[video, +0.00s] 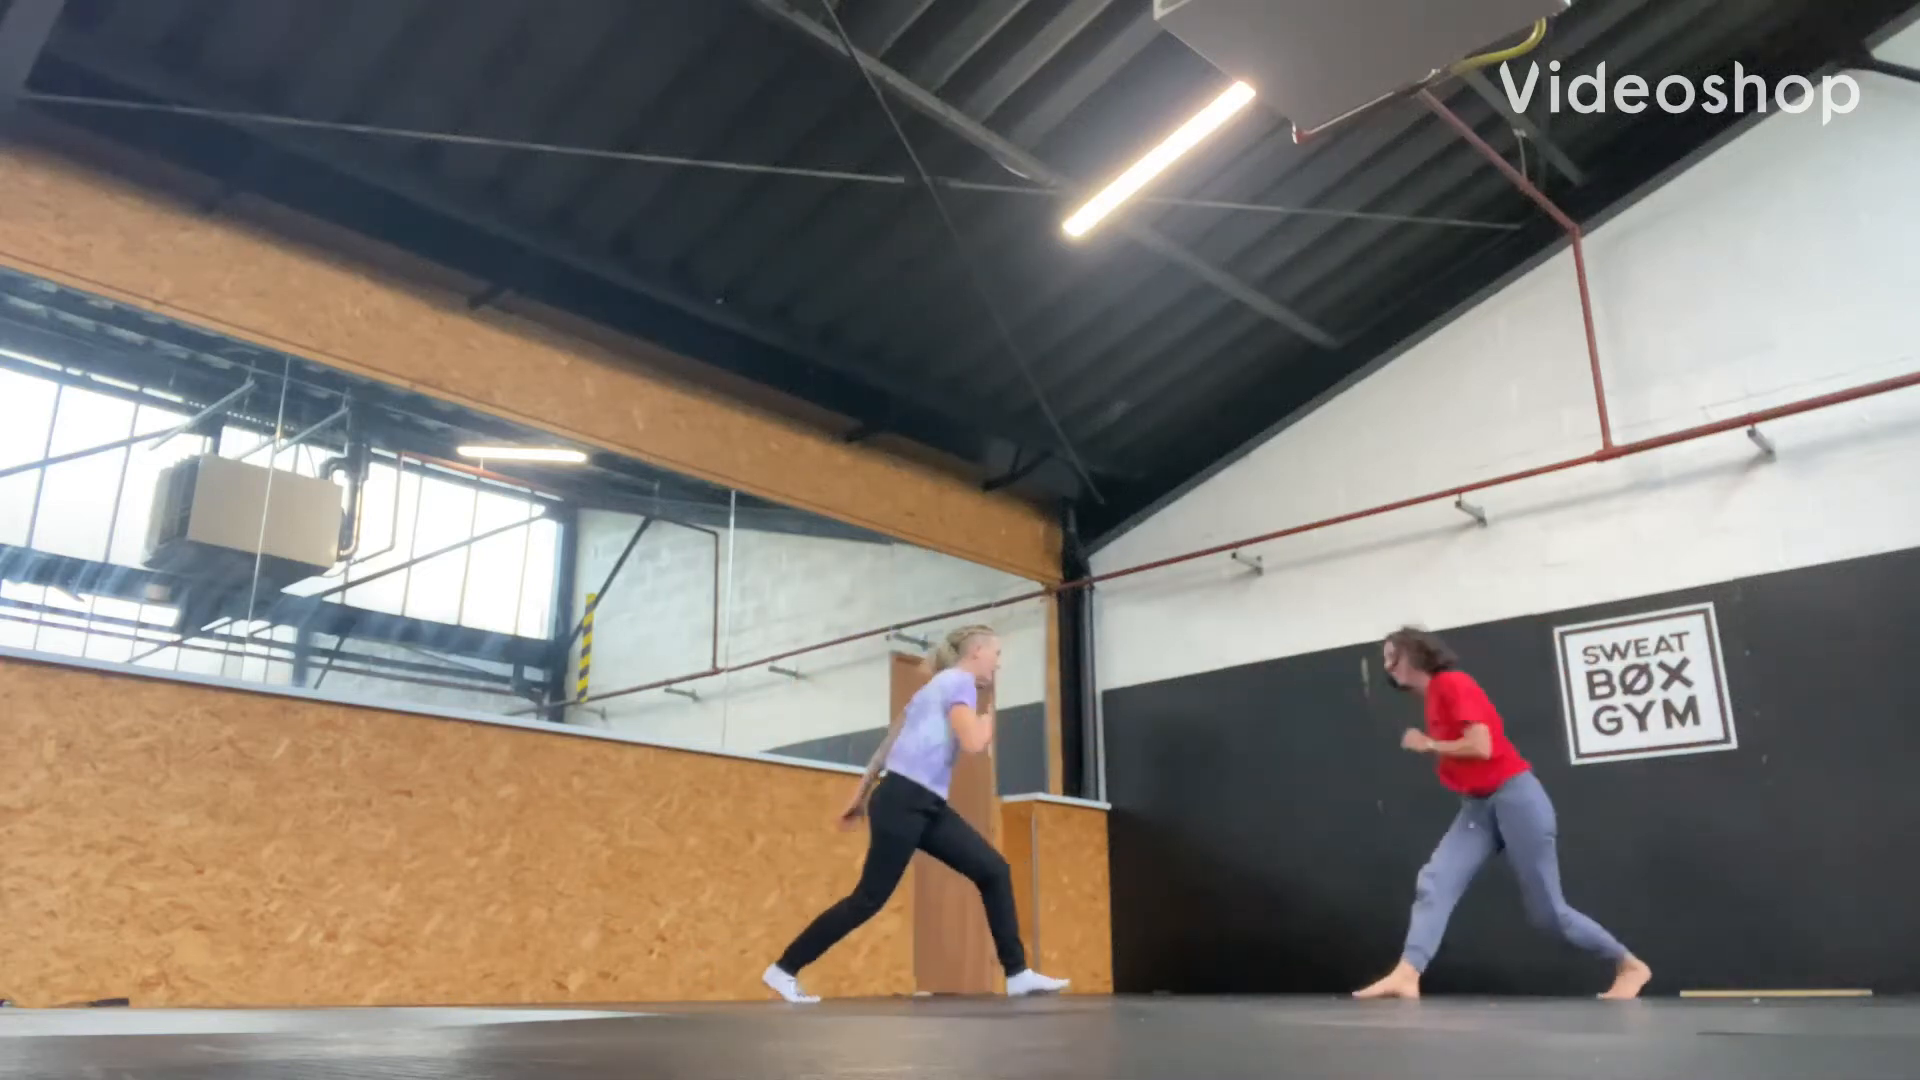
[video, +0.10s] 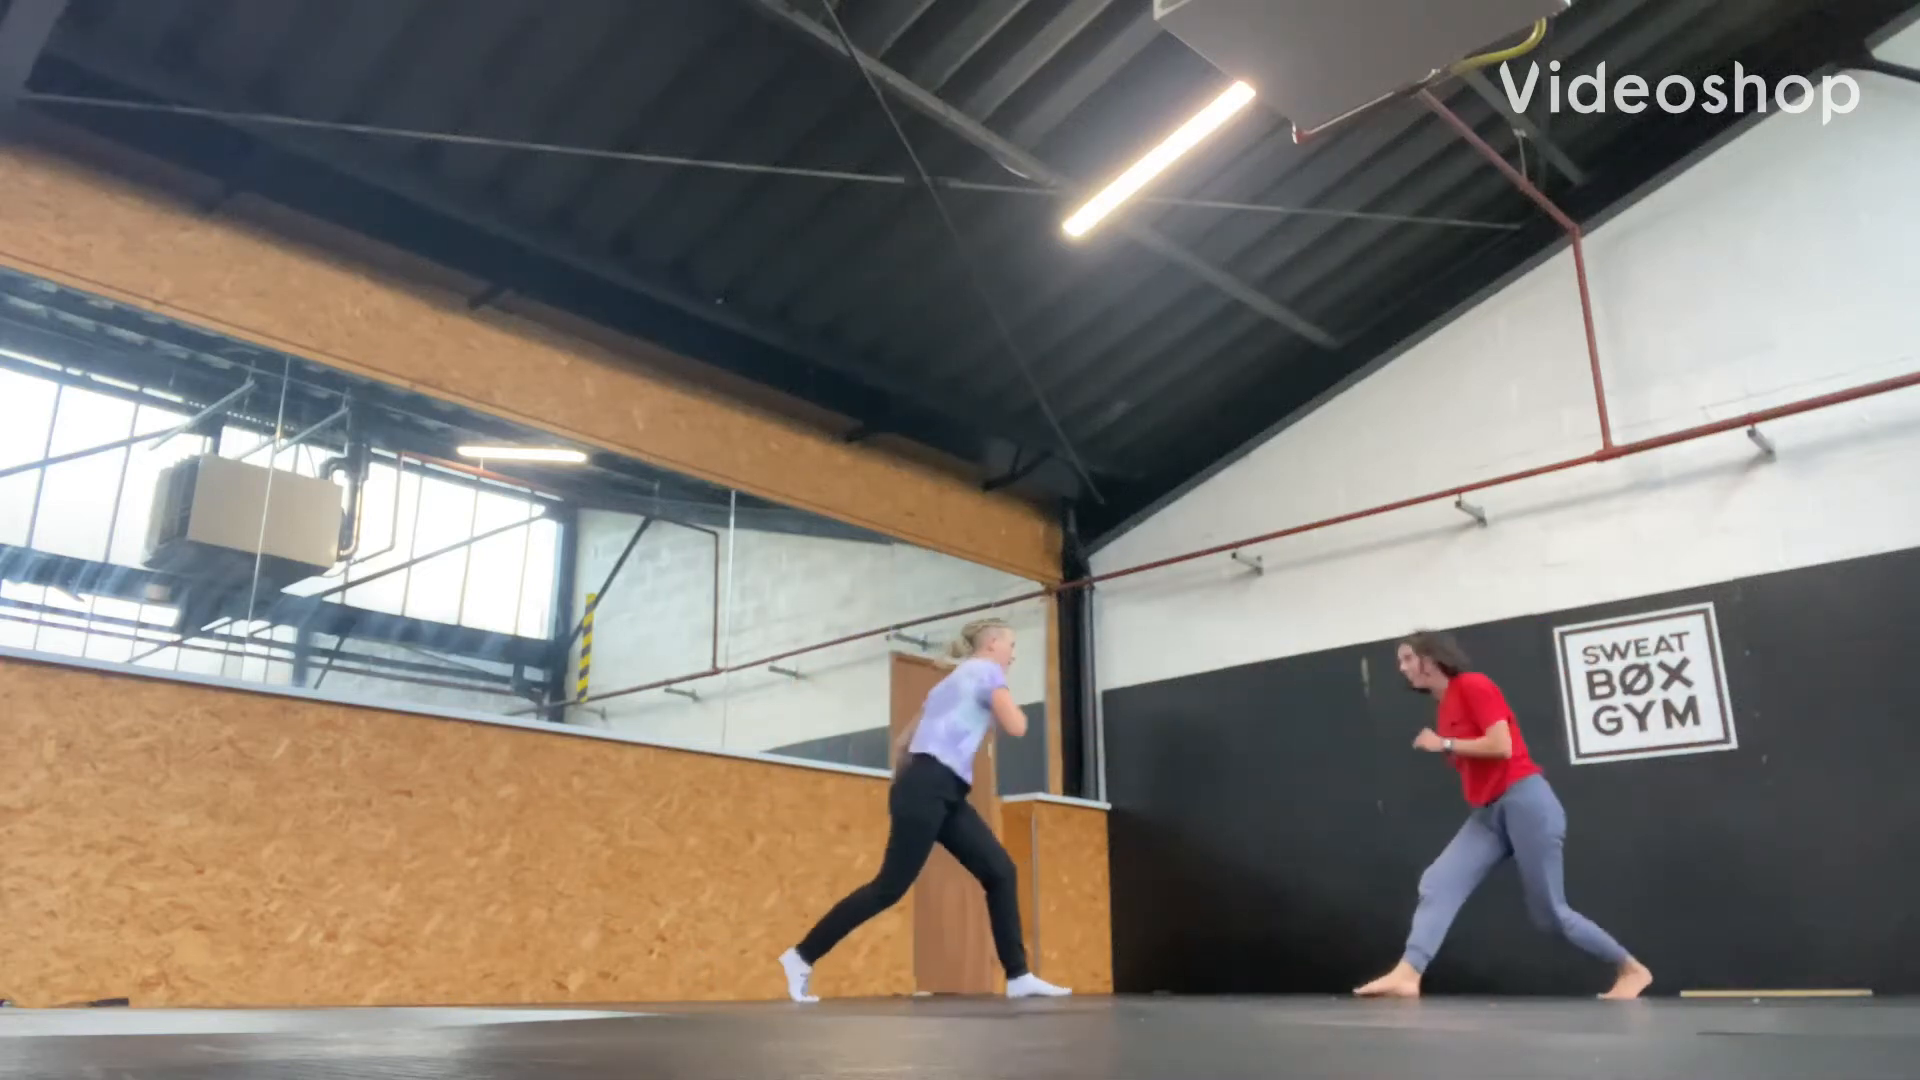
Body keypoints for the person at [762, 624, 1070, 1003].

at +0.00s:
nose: (998, 662)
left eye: (998, 654)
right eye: (994, 653)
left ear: (968, 655)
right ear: (973, 652)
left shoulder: (936, 687)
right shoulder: (957, 681)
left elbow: (890, 743)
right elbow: (974, 739)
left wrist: (861, 794)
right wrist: (988, 703)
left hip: (925, 807)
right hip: (903, 800)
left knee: (993, 870)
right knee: (869, 897)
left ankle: (1017, 974)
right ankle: (783, 970)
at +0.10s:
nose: (1013, 655)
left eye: (1013, 647)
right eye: (1010, 646)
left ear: (977, 647)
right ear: (991, 643)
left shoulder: (947, 684)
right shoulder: (987, 670)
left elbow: (902, 742)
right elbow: (1015, 727)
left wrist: (903, 789)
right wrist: (1009, 704)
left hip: (939, 794)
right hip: (926, 787)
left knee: (1000, 872)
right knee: (890, 886)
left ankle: (1019, 978)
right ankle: (800, 958)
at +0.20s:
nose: (1033, 652)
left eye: (1033, 646)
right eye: (1030, 644)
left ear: (1000, 646)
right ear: (1012, 643)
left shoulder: (977, 677)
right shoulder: (1008, 668)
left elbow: (930, 736)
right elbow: (1044, 716)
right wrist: (1036, 698)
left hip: (954, 785)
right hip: (947, 781)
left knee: (1013, 872)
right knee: (935, 885)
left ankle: (1021, 978)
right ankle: (837, 934)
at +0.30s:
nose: (1056, 661)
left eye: (1056, 653)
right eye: (1052, 652)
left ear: (1023, 652)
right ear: (1030, 650)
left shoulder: (1002, 680)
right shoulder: (1023, 675)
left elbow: (972, 740)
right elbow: (1063, 728)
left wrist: (1001, 775)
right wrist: (1049, 704)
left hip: (966, 787)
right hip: (953, 783)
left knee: (1022, 871)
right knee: (982, 876)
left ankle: (1022, 979)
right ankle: (894, 941)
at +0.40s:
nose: (1065, 657)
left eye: (1066, 648)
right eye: (1061, 647)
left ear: (1035, 647)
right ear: (1038, 643)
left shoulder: (1014, 678)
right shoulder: (1028, 671)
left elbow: (998, 761)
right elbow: (1064, 727)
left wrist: (1041, 777)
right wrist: (1076, 728)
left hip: (980, 789)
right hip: (964, 783)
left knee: (1032, 871)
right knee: (996, 868)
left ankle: (1022, 979)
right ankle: (924, 961)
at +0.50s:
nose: (1059, 638)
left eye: (1063, 631)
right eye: (1053, 629)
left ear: (1058, 636)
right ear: (1028, 629)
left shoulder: (1025, 678)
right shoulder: (1022, 657)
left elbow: (1024, 748)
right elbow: (1043, 697)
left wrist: (1076, 743)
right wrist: (1080, 702)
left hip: (1004, 791)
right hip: (972, 780)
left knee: (1044, 875)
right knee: (993, 863)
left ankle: (1023, 979)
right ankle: (950, 962)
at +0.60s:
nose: (1043, 617)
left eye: (1049, 611)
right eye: (1034, 609)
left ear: (1056, 619)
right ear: (1016, 614)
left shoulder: (1048, 673)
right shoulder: (1000, 641)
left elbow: (1054, 733)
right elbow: (969, 660)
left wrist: (1091, 702)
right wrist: (1030, 644)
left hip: (1028, 782)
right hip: (979, 776)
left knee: (1059, 874)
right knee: (982, 867)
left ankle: (1028, 974)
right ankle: (1005, 971)